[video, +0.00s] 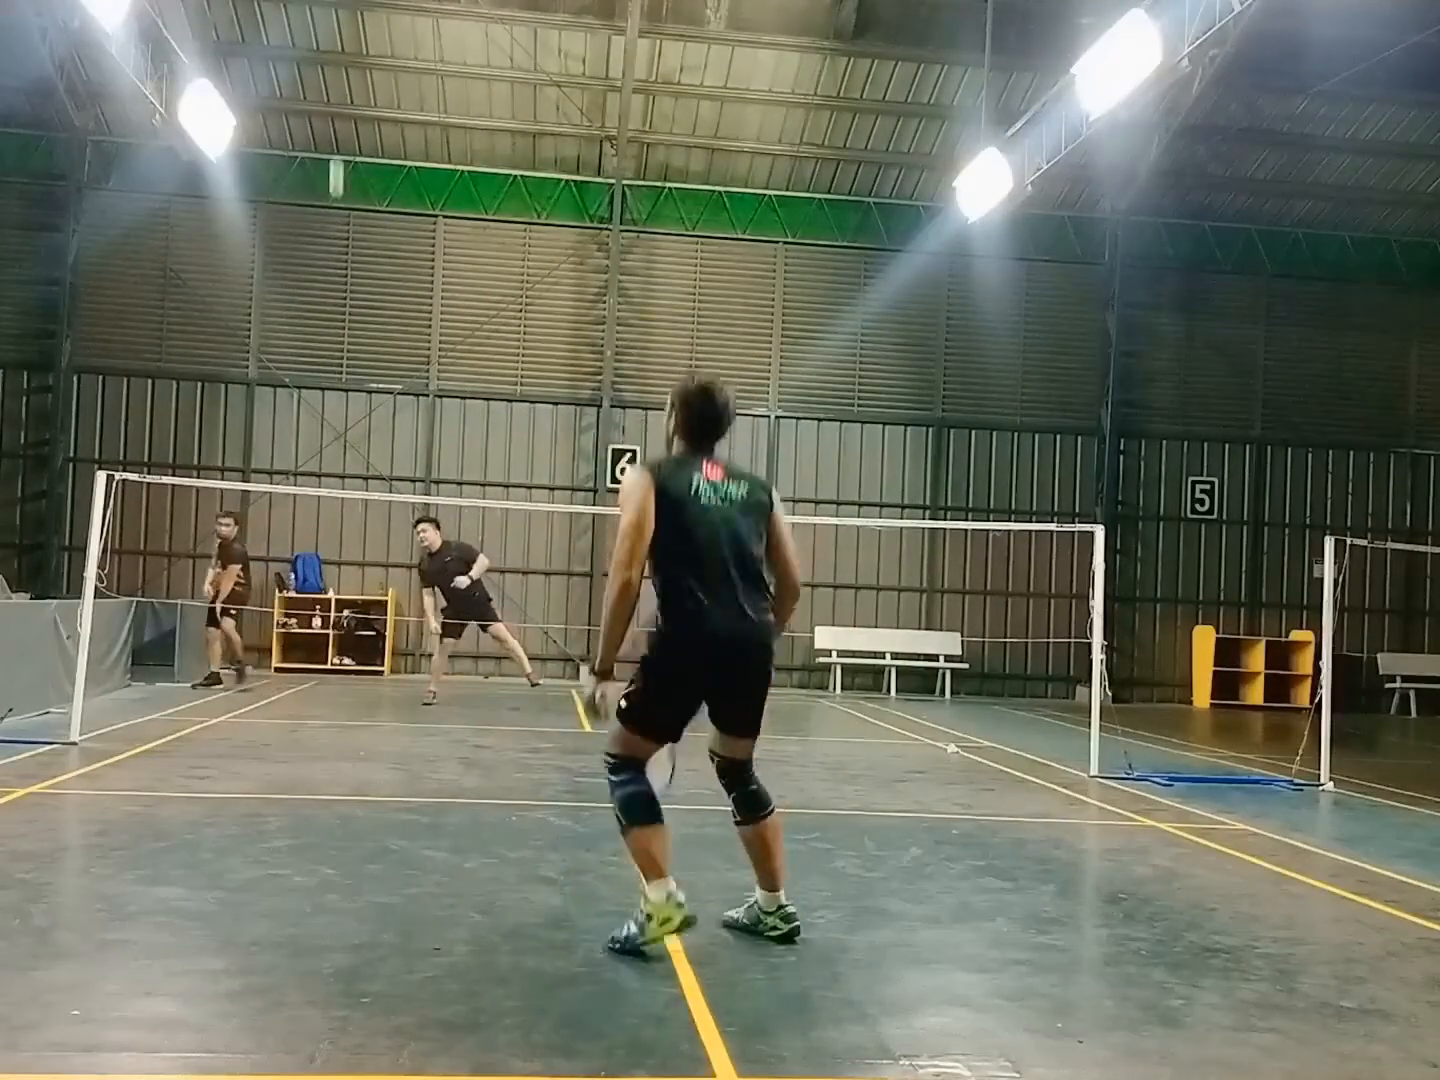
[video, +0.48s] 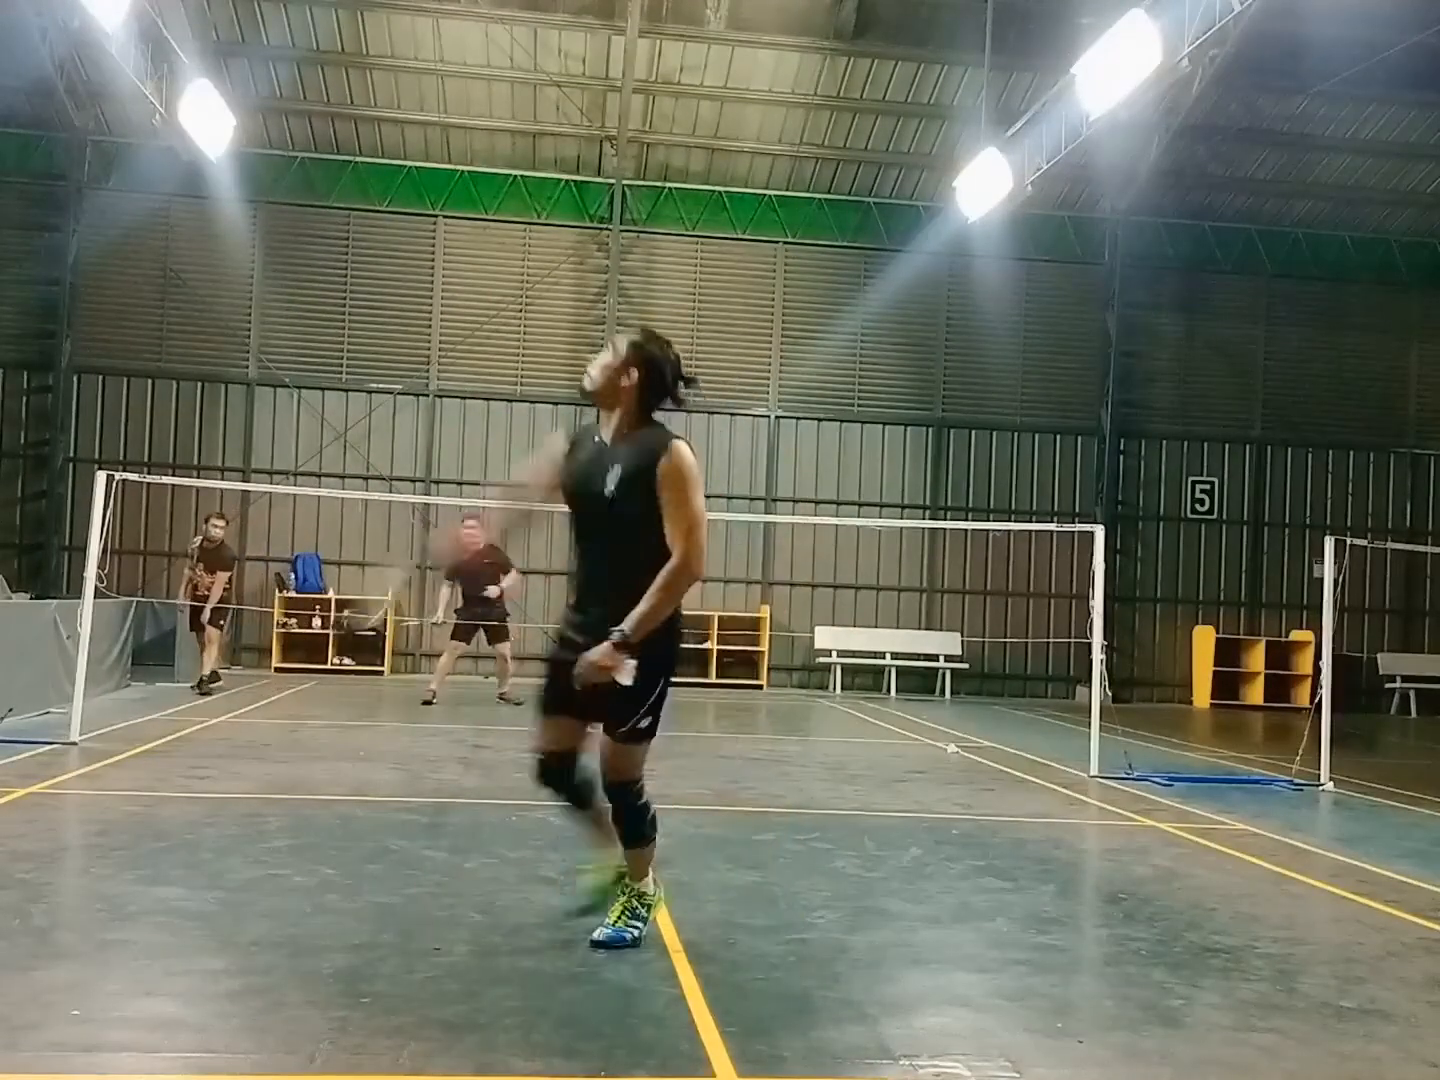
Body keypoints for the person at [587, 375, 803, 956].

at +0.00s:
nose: (669, 424)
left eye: (672, 416)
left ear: (675, 424)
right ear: (723, 429)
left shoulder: (649, 479)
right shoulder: (757, 487)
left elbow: (626, 578)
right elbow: (790, 581)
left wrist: (602, 666)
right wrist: (770, 625)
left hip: (683, 646)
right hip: (751, 648)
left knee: (626, 761)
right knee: (736, 766)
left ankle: (662, 899)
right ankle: (774, 905)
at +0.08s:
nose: (665, 453)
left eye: (668, 445)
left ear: (673, 453)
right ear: (720, 459)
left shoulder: (646, 505)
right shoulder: (749, 516)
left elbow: (625, 602)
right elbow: (784, 613)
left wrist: (601, 692)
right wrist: (748, 654)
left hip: (695, 657)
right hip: (758, 660)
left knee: (610, 756)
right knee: (735, 767)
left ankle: (660, 892)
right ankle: (772, 903)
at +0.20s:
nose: (643, 451)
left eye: (647, 444)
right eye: (648, 442)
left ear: (657, 452)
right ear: (698, 461)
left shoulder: (641, 499)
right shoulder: (720, 514)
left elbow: (637, 589)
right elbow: (748, 606)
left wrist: (600, 673)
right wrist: (751, 671)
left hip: (687, 666)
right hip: (744, 665)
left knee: (579, 770)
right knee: (717, 767)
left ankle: (659, 886)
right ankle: (767, 900)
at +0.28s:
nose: (632, 418)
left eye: (638, 411)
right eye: (638, 409)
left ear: (650, 427)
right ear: (680, 436)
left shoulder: (641, 480)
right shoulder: (688, 488)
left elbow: (653, 569)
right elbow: (692, 588)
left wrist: (600, 646)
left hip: (678, 657)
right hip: (718, 652)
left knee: (577, 777)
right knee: (690, 762)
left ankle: (643, 890)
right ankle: (761, 892)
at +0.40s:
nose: (604, 376)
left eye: (615, 371)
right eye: (611, 369)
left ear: (634, 393)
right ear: (631, 396)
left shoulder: (667, 464)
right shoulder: (613, 463)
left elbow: (681, 569)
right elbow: (590, 559)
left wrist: (610, 639)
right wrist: (534, 598)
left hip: (658, 637)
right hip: (618, 632)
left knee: (607, 785)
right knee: (602, 764)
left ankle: (642, 896)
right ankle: (695, 847)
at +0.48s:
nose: (595, 358)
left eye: (609, 352)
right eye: (604, 349)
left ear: (629, 376)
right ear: (621, 378)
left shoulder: (670, 456)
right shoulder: (582, 447)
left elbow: (689, 561)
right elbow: (519, 496)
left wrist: (622, 640)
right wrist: (483, 531)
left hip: (646, 633)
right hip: (584, 624)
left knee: (621, 776)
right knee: (555, 765)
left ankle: (642, 892)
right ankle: (618, 856)